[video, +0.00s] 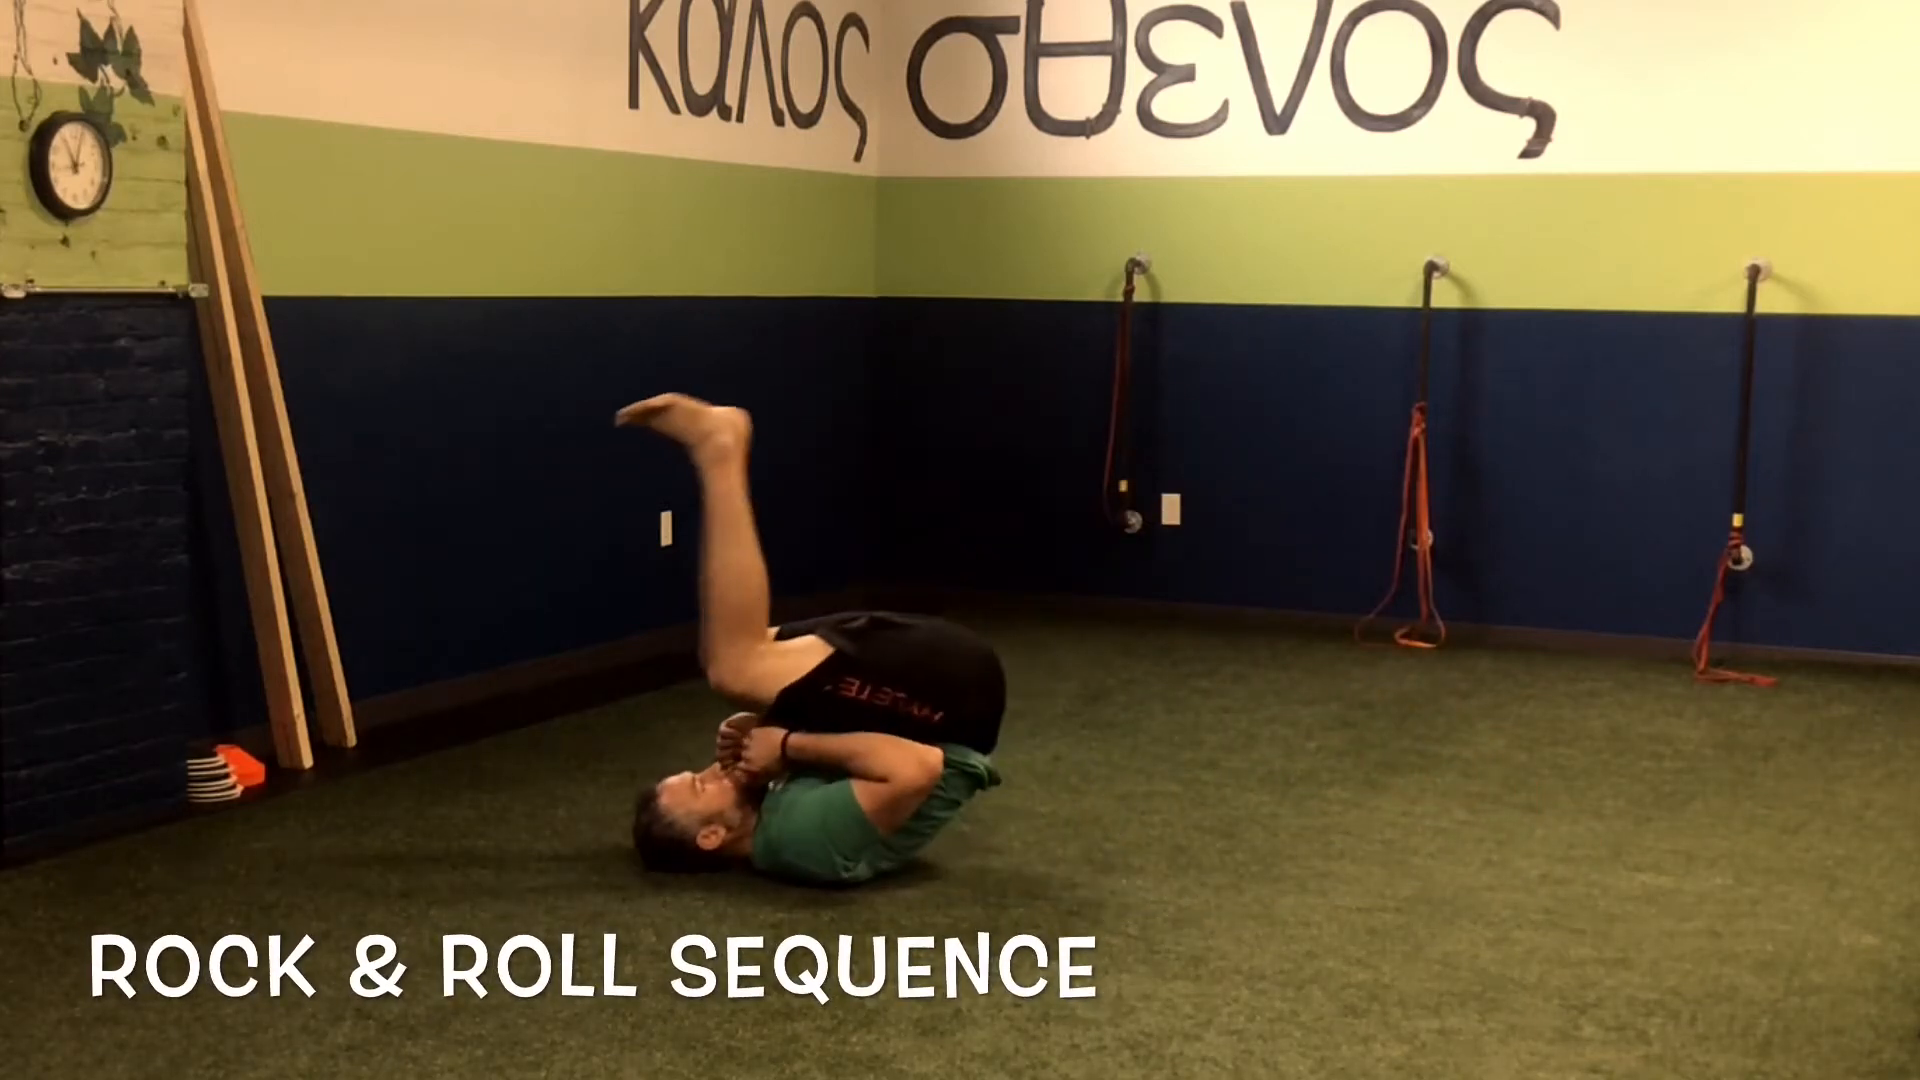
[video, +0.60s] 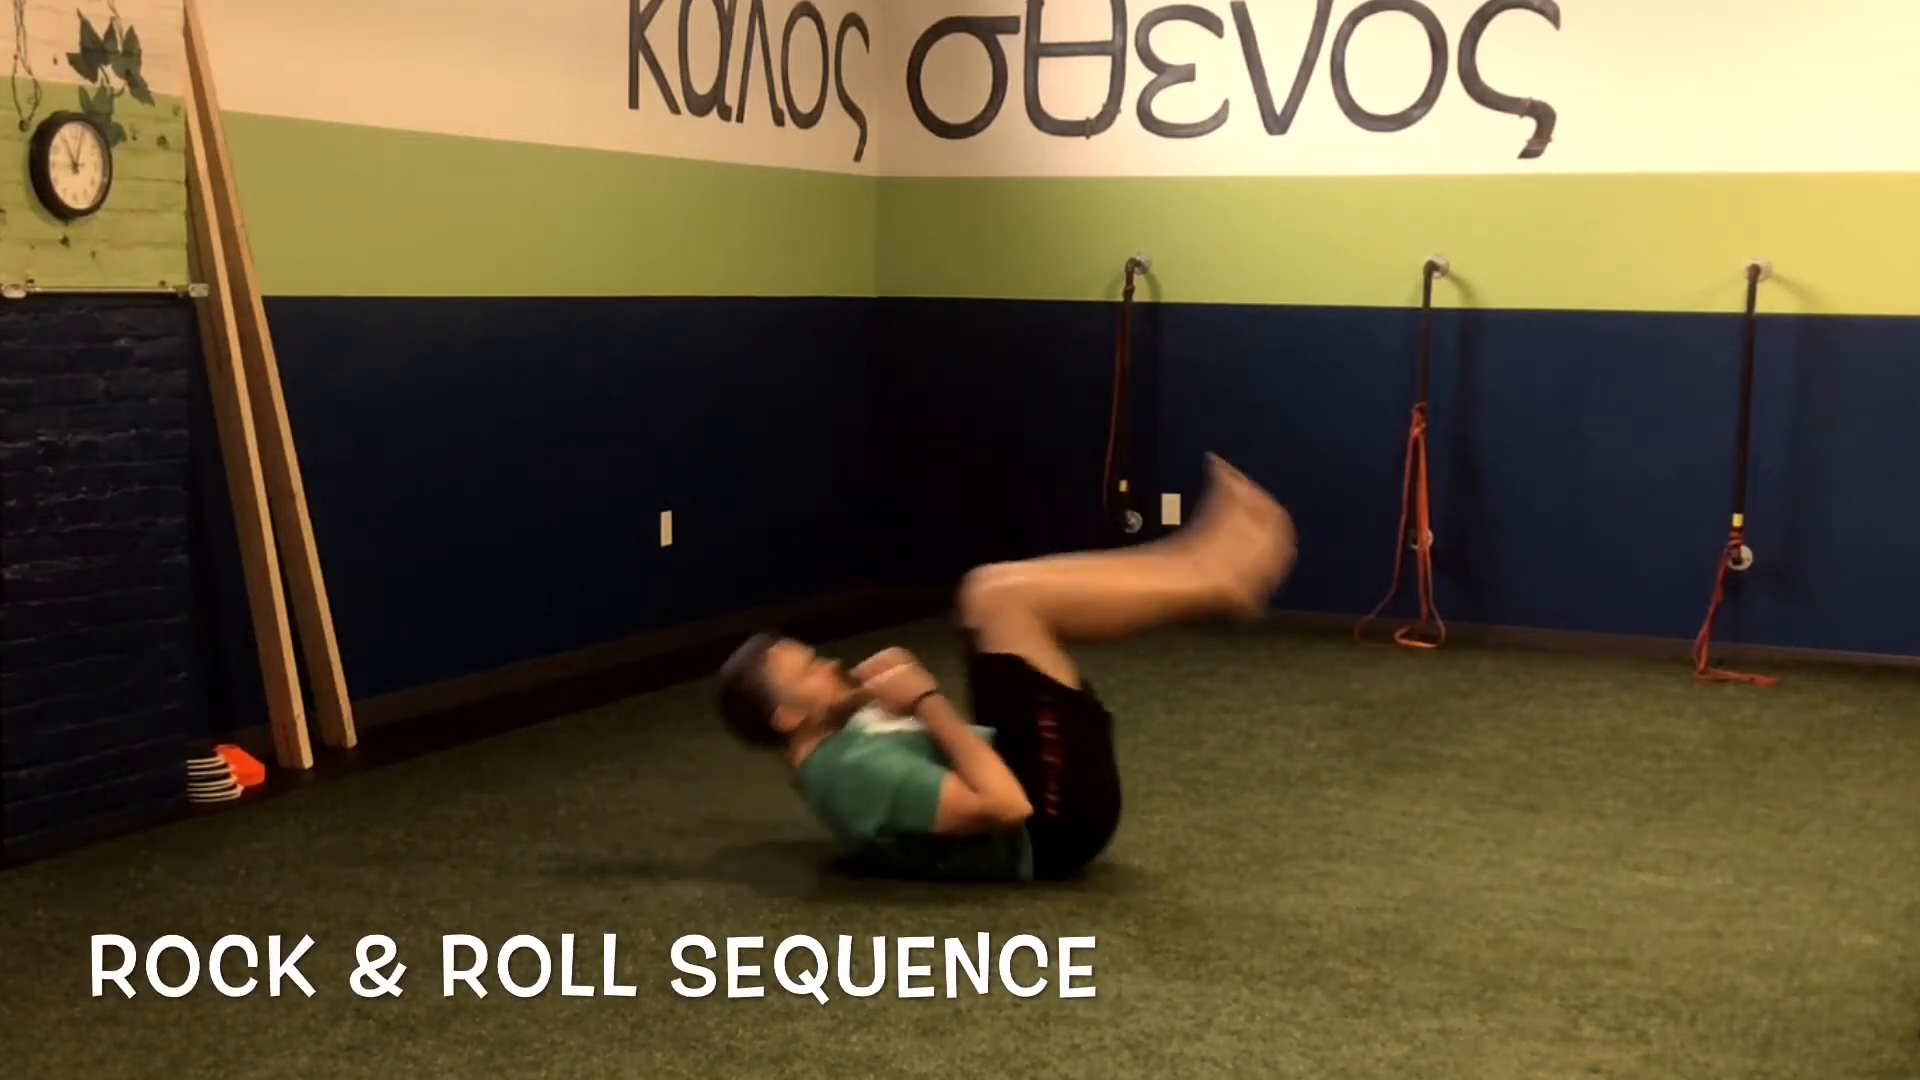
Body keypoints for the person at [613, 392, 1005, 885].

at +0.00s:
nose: (713, 771)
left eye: (696, 775)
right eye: (701, 786)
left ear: (717, 834)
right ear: (714, 835)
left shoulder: (767, 817)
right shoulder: (797, 839)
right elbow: (918, 769)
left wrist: (758, 736)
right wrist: (784, 747)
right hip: (965, 689)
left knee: (738, 653)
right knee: (735, 665)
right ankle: (719, 446)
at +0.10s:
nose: (710, 769)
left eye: (694, 773)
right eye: (697, 783)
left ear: (713, 834)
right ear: (713, 834)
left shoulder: (770, 815)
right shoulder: (797, 837)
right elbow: (926, 771)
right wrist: (793, 744)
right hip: (971, 701)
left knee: (744, 644)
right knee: (751, 652)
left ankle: (767, 435)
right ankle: (770, 433)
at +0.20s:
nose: (716, 762)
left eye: (699, 766)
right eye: (701, 777)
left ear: (715, 829)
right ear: (715, 829)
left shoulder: (774, 813)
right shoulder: (801, 835)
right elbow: (935, 777)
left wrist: (788, 722)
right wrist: (805, 743)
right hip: (984, 722)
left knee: (770, 631)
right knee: (775, 636)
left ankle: (832, 430)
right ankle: (841, 428)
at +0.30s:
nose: (725, 747)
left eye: (708, 750)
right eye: (711, 764)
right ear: (722, 815)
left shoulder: (787, 804)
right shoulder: (803, 829)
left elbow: (884, 719)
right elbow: (944, 786)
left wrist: (804, 717)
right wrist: (821, 739)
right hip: (1004, 743)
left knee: (811, 617)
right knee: (810, 622)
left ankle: (923, 433)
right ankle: (921, 434)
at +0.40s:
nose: (752, 726)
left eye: (732, 728)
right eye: (732, 739)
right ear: (734, 791)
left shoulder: (800, 789)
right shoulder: (808, 822)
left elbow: (906, 731)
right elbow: (961, 794)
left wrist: (827, 707)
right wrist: (840, 729)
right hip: (1020, 779)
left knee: (858, 597)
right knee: (860, 606)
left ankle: (1007, 454)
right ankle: (1021, 458)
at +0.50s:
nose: (779, 693)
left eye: (759, 691)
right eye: (758, 704)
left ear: (761, 759)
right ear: (756, 760)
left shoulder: (815, 770)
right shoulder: (823, 803)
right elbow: (981, 801)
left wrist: (876, 705)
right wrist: (878, 716)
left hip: (1013, 776)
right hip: (1036, 795)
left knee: (919, 589)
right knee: (923, 594)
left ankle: (1103, 496)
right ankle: (1122, 506)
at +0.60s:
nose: (828, 664)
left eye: (813, 655)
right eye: (806, 665)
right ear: (784, 712)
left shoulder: (846, 742)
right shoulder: (847, 773)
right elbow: (1006, 804)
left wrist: (908, 693)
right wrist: (928, 702)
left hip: (1038, 810)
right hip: (1057, 829)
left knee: (993, 587)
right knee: (1001, 597)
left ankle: (1199, 562)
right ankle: (1218, 577)